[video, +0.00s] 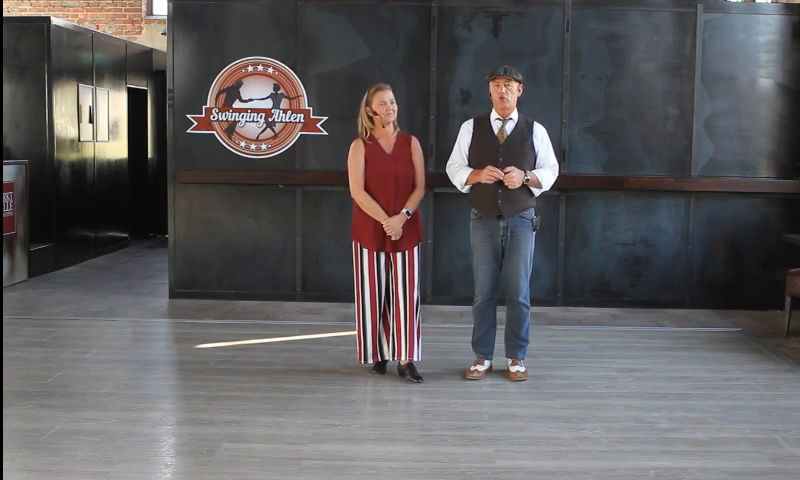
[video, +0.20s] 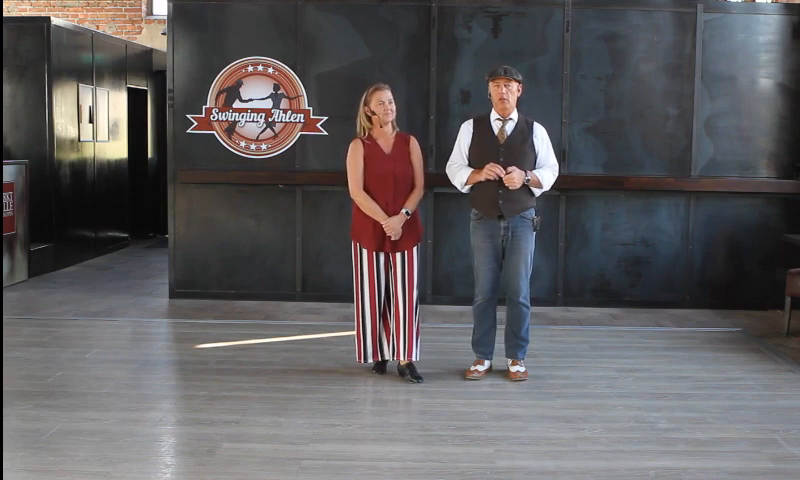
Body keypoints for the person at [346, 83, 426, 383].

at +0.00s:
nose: (390, 107)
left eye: (392, 102)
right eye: (383, 104)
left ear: (397, 106)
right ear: (370, 110)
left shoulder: (411, 143)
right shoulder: (360, 146)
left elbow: (420, 186)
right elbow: (357, 191)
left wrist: (402, 216)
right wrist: (388, 221)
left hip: (405, 230)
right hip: (371, 231)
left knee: (407, 295)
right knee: (374, 295)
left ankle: (406, 359)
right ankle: (378, 356)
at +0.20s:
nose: (387, 107)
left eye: (390, 102)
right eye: (380, 103)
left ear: (396, 106)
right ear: (368, 110)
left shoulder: (410, 143)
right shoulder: (359, 145)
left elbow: (419, 186)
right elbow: (356, 191)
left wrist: (402, 216)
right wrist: (387, 221)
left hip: (404, 230)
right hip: (370, 231)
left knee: (406, 295)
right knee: (373, 295)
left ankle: (406, 359)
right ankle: (378, 356)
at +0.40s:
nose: (386, 106)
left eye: (389, 101)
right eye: (379, 103)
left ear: (394, 105)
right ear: (367, 109)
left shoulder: (409, 142)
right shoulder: (357, 145)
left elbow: (418, 186)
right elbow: (354, 191)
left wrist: (401, 216)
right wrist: (386, 220)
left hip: (404, 229)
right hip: (369, 231)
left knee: (405, 295)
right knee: (372, 295)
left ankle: (405, 358)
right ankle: (378, 356)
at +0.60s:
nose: (385, 106)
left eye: (387, 101)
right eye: (378, 102)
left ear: (393, 105)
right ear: (366, 109)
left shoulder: (408, 142)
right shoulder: (356, 146)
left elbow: (418, 185)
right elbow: (354, 192)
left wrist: (400, 216)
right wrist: (385, 220)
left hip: (404, 229)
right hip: (369, 230)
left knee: (406, 294)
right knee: (372, 294)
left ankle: (406, 357)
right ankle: (378, 354)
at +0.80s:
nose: (385, 107)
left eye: (388, 102)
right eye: (379, 103)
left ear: (394, 106)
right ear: (367, 110)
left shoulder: (409, 141)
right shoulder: (357, 146)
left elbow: (419, 185)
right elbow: (354, 192)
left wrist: (399, 216)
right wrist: (385, 221)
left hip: (404, 229)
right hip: (369, 230)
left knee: (403, 292)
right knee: (372, 293)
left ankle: (402, 353)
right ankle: (378, 354)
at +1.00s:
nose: (388, 106)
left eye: (391, 101)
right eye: (381, 103)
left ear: (397, 105)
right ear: (370, 109)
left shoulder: (412, 141)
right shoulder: (359, 146)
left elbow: (422, 185)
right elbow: (355, 191)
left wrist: (401, 215)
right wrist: (385, 221)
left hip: (406, 229)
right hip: (371, 230)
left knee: (404, 293)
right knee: (373, 293)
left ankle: (397, 355)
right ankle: (377, 355)